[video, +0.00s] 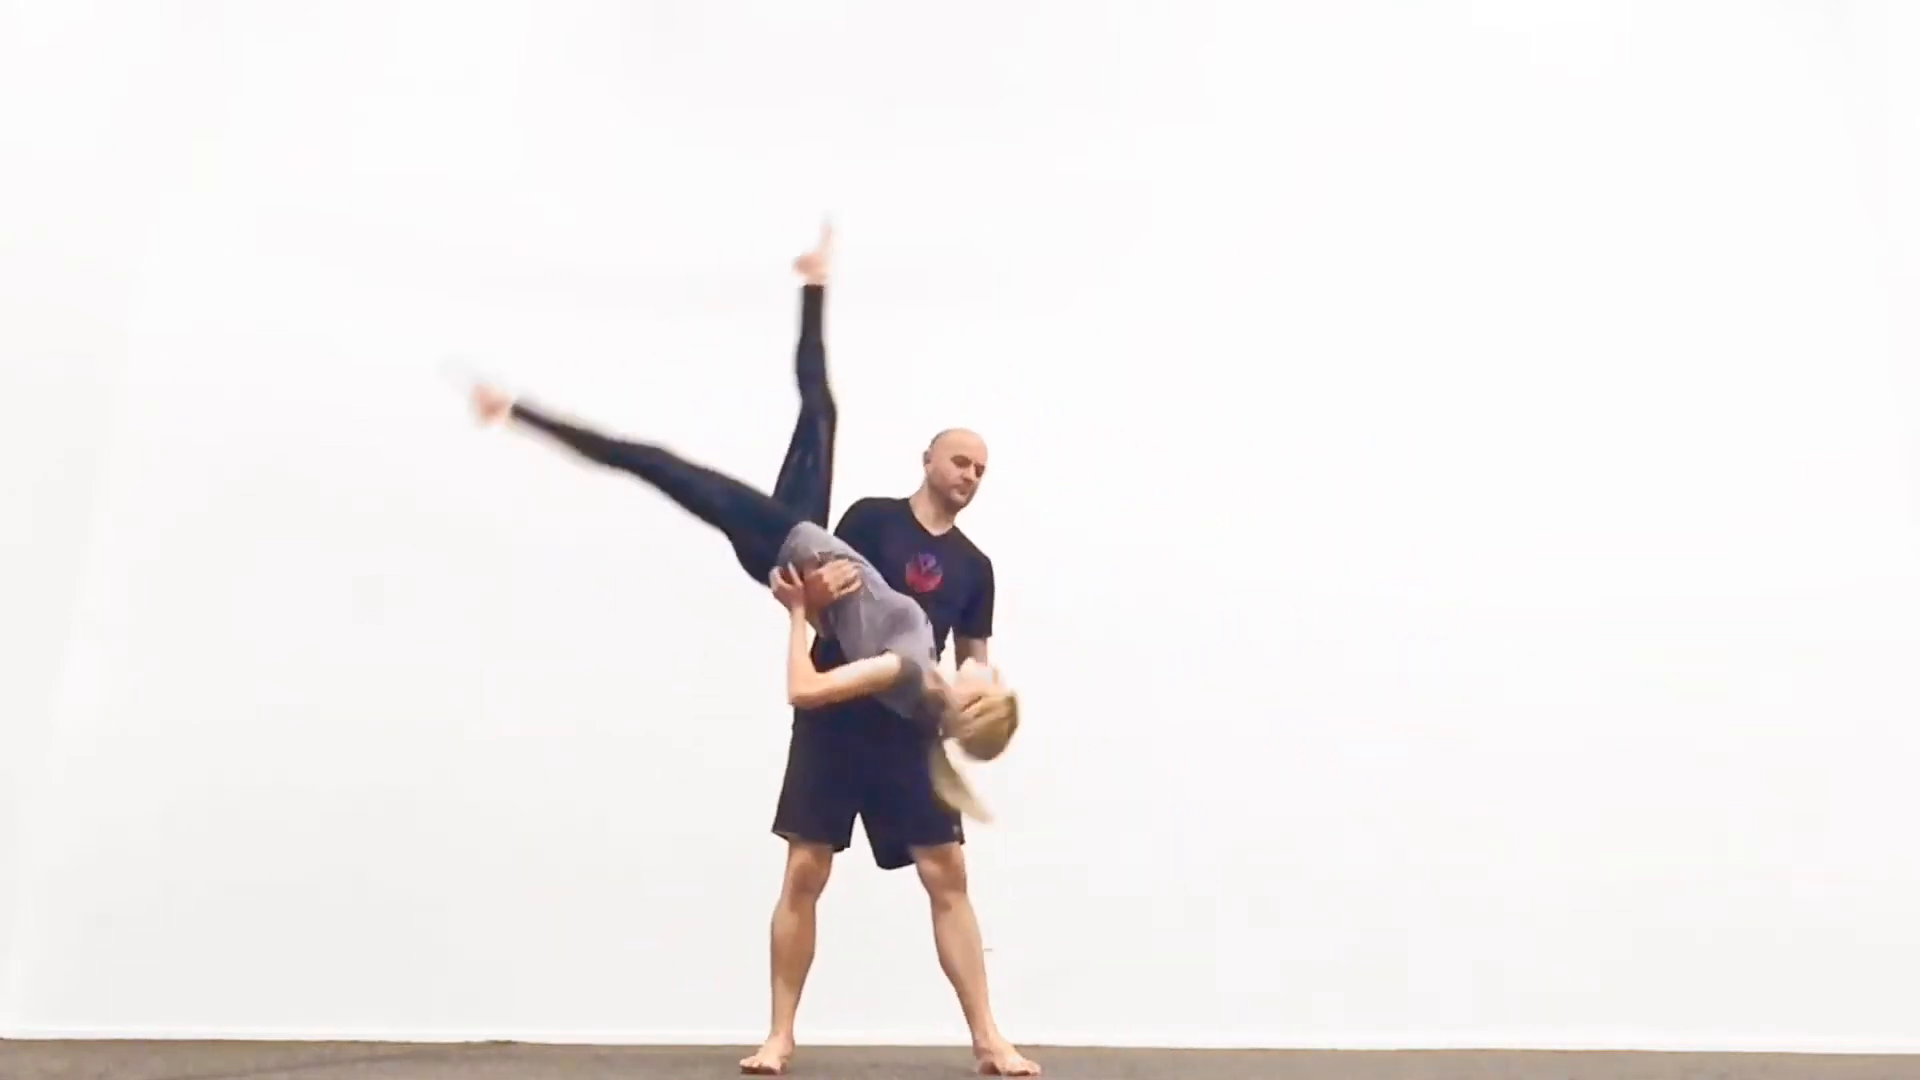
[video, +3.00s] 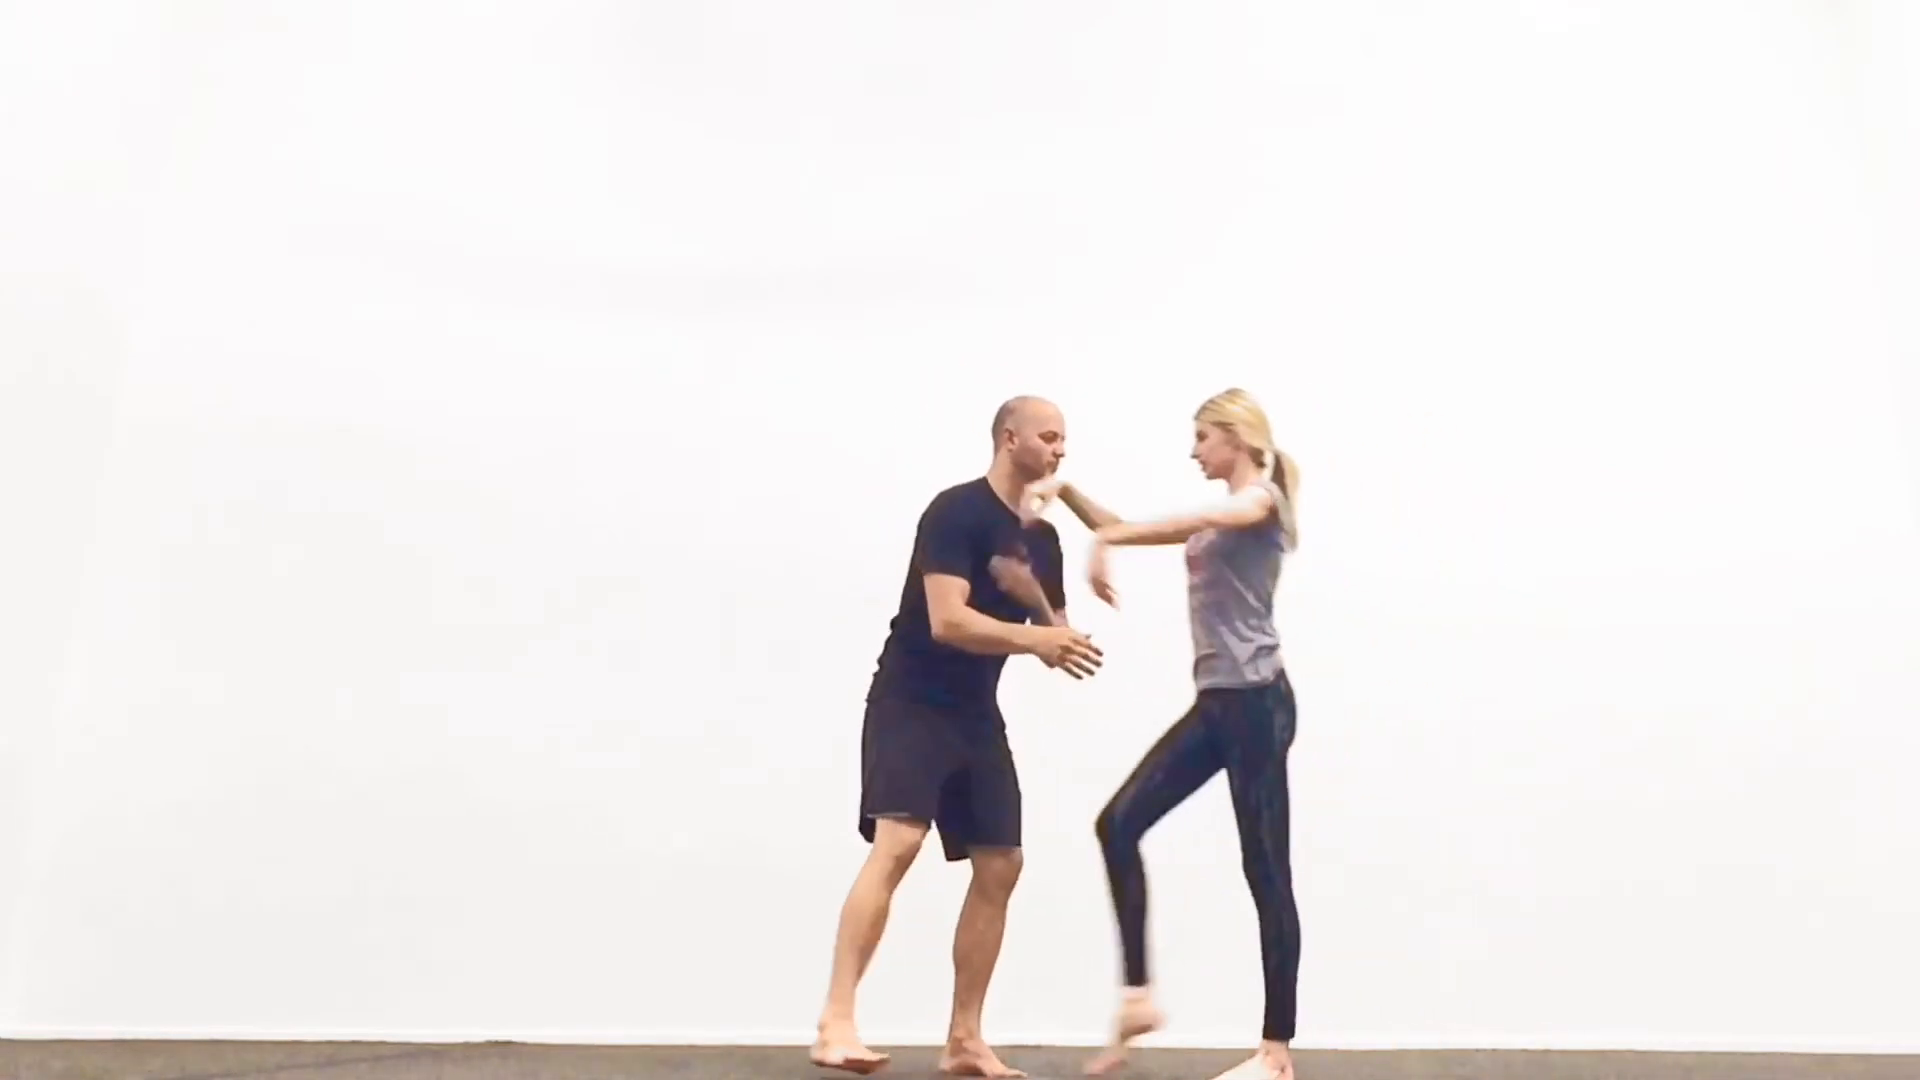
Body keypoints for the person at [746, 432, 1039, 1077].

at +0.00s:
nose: (971, 477)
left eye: (979, 470)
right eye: (961, 462)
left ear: (981, 481)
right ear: (928, 459)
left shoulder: (974, 566)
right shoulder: (866, 519)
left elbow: (975, 659)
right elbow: (789, 586)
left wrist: (970, 708)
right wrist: (809, 593)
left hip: (911, 730)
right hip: (833, 719)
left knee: (947, 873)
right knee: (805, 873)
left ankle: (988, 1039)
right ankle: (779, 1037)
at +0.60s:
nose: (1013, 519)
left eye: (1019, 511)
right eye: (1005, 503)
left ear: (1016, 514)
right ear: (967, 490)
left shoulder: (992, 595)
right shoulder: (909, 508)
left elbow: (958, 724)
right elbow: (833, 573)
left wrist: (971, 685)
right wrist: (894, 567)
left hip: (918, 727)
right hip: (833, 712)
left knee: (967, 861)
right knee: (806, 875)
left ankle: (990, 1037)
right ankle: (777, 1038)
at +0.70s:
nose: (1025, 519)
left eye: (1031, 513)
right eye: (1021, 504)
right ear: (985, 487)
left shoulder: (987, 585)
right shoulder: (928, 512)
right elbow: (873, 587)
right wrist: (946, 594)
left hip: (932, 729)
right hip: (854, 720)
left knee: (984, 863)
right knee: (816, 878)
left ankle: (991, 1038)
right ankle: (779, 1036)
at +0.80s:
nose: (1038, 513)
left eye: (1044, 506)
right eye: (1034, 497)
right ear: (996, 482)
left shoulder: (1001, 584)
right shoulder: (944, 513)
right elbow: (919, 587)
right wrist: (1001, 621)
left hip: (936, 729)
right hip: (865, 717)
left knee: (995, 864)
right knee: (825, 878)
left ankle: (991, 1039)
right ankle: (781, 1035)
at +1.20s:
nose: (1066, 471)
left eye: (1071, 466)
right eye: (1059, 457)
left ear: (1056, 473)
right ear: (1021, 446)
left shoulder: (1033, 561)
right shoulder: (983, 476)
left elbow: (1021, 662)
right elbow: (978, 497)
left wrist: (1080, 696)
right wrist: (1074, 543)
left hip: (982, 706)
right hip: (917, 692)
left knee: (1000, 864)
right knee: (890, 849)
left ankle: (990, 1040)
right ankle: (816, 1004)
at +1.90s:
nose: (1009, 419)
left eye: (1009, 409)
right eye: (998, 405)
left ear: (976, 412)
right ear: (953, 405)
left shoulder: (974, 497)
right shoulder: (931, 479)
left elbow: (1006, 625)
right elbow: (936, 585)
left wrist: (1099, 617)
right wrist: (1046, 596)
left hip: (980, 698)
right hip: (934, 694)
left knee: (984, 859)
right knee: (928, 855)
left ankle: (961, 1033)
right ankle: (901, 1047)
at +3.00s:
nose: (1060, 451)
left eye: (1063, 440)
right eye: (1049, 438)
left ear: (1053, 447)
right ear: (1008, 439)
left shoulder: (1044, 537)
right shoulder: (955, 510)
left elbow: (1052, 644)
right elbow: (947, 621)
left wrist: (1035, 604)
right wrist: (1041, 638)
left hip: (976, 708)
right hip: (911, 699)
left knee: (999, 866)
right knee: (898, 843)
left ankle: (965, 1039)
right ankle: (836, 1022)